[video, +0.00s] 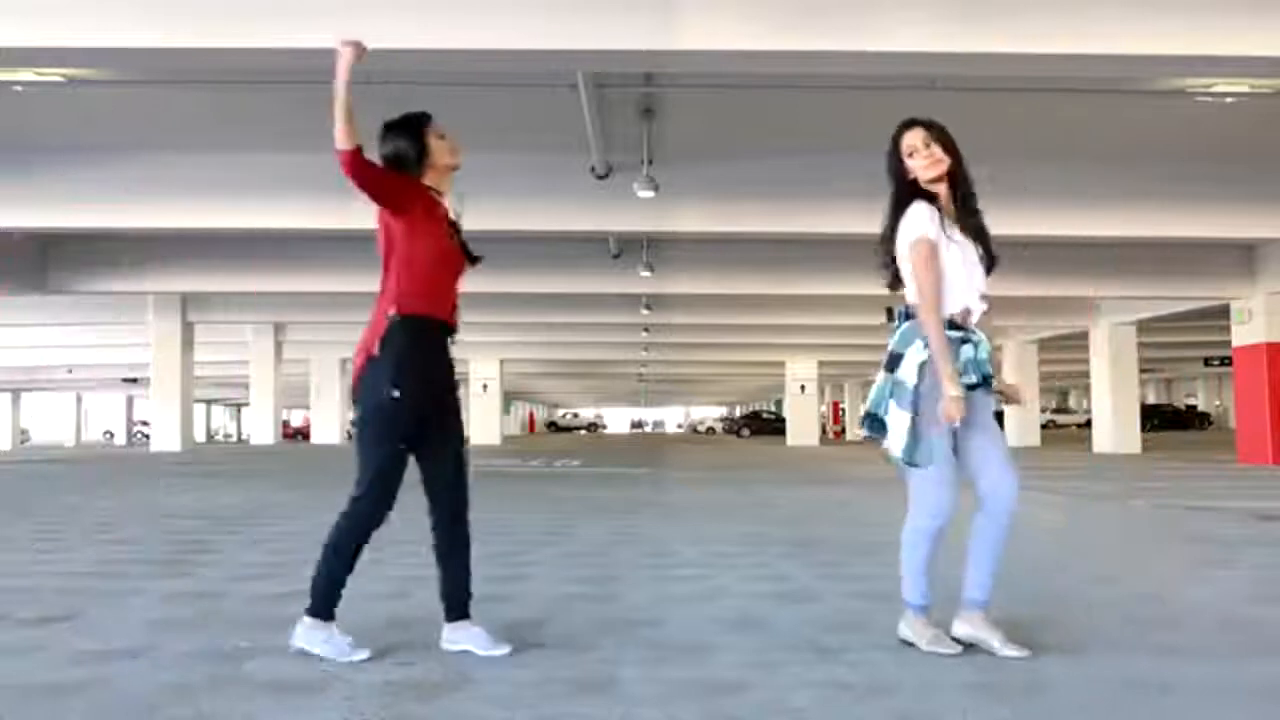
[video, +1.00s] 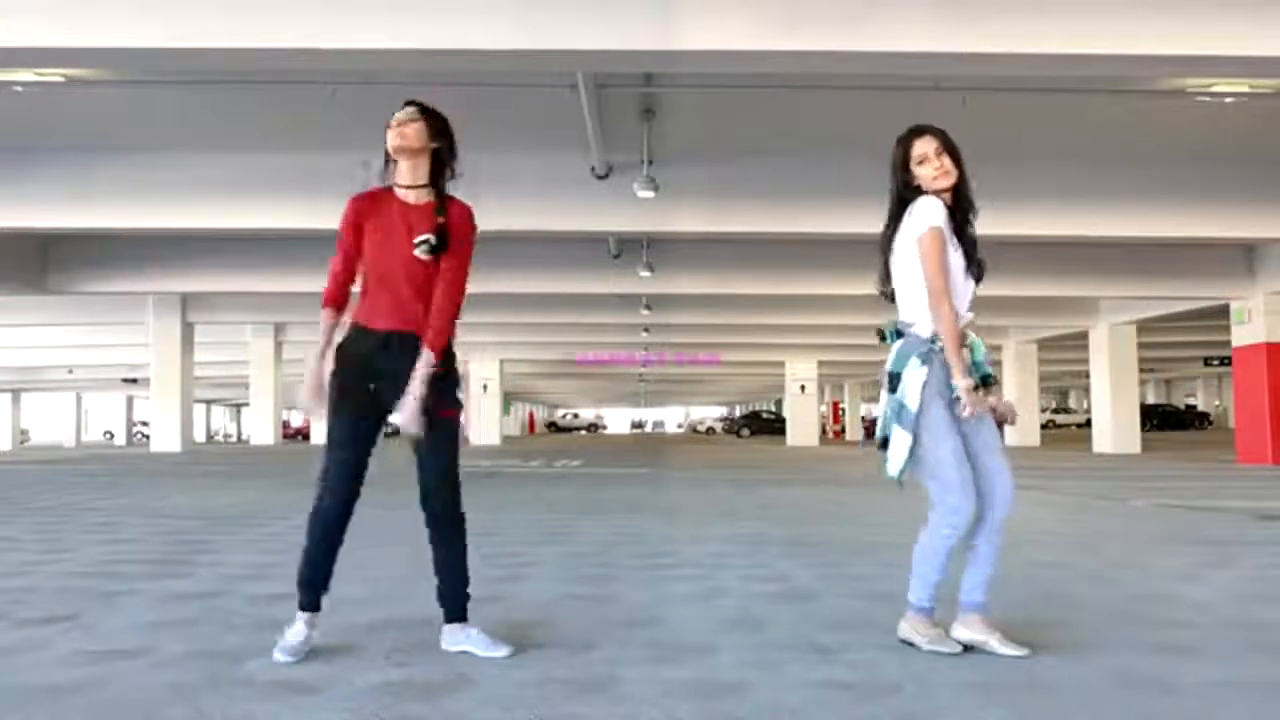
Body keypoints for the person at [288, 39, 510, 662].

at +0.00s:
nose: (452, 140)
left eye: (445, 133)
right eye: (440, 136)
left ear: (429, 151)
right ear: (422, 152)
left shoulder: (439, 213)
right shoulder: (404, 196)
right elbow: (351, 159)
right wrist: (343, 73)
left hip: (433, 359)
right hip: (396, 354)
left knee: (451, 501)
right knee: (373, 498)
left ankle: (458, 623)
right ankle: (315, 621)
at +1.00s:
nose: (397, 130)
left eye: (410, 122)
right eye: (393, 123)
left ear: (437, 141)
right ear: (387, 141)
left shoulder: (456, 216)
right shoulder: (363, 206)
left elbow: (446, 306)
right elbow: (339, 285)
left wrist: (417, 388)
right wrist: (319, 361)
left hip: (426, 361)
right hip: (362, 355)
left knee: (442, 495)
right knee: (337, 489)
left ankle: (456, 625)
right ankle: (306, 617)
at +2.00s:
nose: (342, 166)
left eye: (347, 159)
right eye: (333, 153)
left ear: (345, 169)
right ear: (301, 155)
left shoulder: (354, 227)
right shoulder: (262, 220)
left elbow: (405, 292)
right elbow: (194, 284)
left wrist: (392, 353)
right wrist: (256, 330)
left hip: (357, 372)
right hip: (292, 372)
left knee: (386, 489)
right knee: (295, 500)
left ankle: (364, 619)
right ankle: (301, 623)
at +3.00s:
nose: (343, 155)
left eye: (348, 150)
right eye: (333, 144)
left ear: (347, 164)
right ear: (302, 149)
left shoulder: (354, 226)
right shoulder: (260, 214)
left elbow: (407, 291)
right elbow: (185, 275)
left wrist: (385, 350)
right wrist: (236, 325)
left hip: (347, 366)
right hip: (282, 366)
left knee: (391, 479)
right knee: (289, 499)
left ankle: (387, 604)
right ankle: (300, 623)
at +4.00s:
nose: (408, 173)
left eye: (415, 168)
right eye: (398, 162)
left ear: (418, 184)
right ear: (373, 170)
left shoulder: (421, 244)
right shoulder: (333, 226)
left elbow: (474, 292)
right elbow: (275, 284)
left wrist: (450, 341)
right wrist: (300, 338)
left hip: (410, 377)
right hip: (344, 380)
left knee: (408, 489)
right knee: (335, 491)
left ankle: (398, 601)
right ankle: (307, 610)